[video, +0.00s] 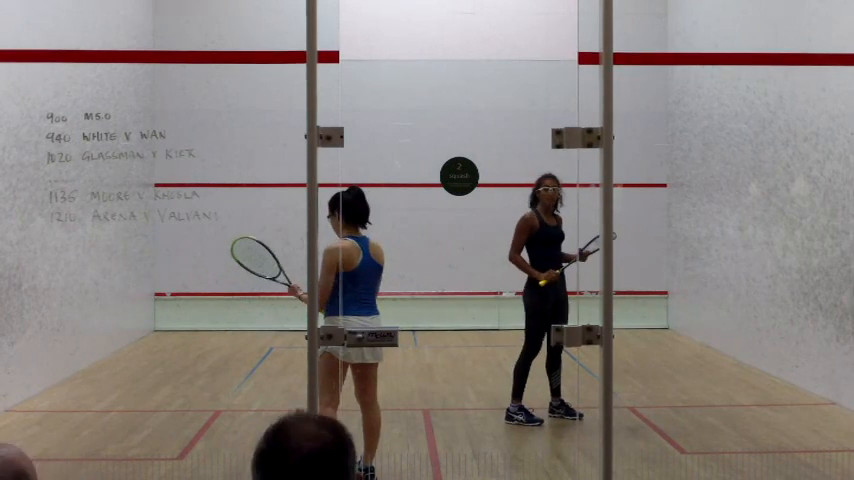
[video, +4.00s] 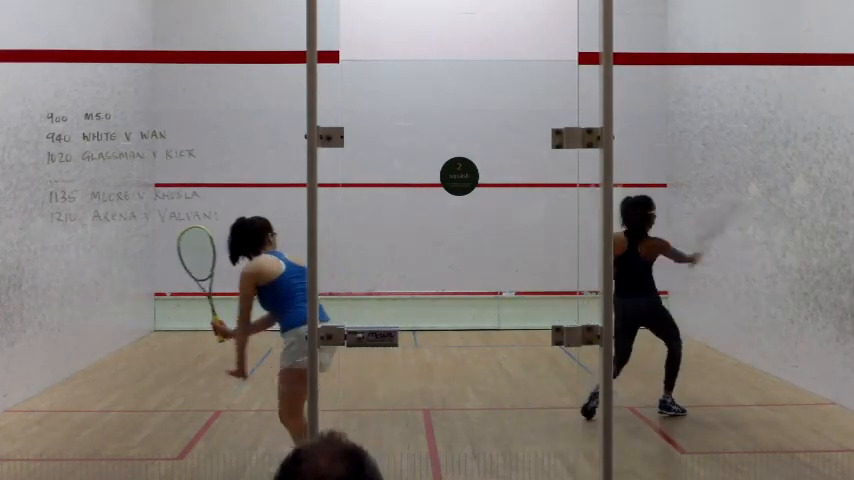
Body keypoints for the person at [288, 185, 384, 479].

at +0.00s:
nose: (330, 222)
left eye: (331, 216)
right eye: (330, 216)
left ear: (338, 216)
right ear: (362, 216)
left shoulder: (335, 252)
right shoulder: (377, 250)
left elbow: (320, 302)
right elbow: (369, 295)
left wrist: (302, 295)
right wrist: (315, 295)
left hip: (337, 333)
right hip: (370, 332)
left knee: (328, 403)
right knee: (368, 401)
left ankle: (324, 466)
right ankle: (367, 465)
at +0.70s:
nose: (322, 220)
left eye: (328, 214)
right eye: (319, 215)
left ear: (344, 216)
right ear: (317, 216)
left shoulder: (348, 248)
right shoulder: (335, 248)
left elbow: (339, 299)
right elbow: (329, 296)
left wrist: (301, 299)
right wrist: (306, 309)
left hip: (338, 328)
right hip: (336, 327)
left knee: (325, 402)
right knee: (348, 399)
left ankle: (324, 460)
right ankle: (364, 455)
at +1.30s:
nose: (303, 239)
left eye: (303, 233)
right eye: (304, 233)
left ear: (307, 235)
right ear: (328, 230)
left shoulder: (321, 261)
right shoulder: (349, 256)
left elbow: (325, 314)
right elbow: (351, 308)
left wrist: (298, 326)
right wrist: (311, 324)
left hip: (358, 337)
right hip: (379, 333)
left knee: (321, 400)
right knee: (366, 396)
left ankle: (325, 463)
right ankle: (385, 460)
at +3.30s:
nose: (330, 246)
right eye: (328, 243)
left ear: (299, 253)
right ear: (326, 245)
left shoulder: (305, 275)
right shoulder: (349, 264)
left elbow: (317, 321)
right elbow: (347, 317)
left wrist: (325, 355)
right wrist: (305, 341)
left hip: (352, 332)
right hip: (385, 328)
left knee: (323, 402)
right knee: (373, 395)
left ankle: (329, 463)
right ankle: (382, 462)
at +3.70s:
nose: (308, 246)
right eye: (305, 242)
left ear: (274, 255)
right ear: (302, 247)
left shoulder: (284, 281)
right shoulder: (328, 270)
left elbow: (295, 330)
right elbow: (309, 323)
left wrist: (307, 365)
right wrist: (268, 339)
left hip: (329, 345)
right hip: (361, 340)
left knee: (299, 409)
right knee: (362, 399)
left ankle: (317, 462)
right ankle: (381, 460)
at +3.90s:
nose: (287, 240)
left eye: (286, 236)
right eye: (285, 237)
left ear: (257, 248)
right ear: (280, 240)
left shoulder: (264, 273)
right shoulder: (299, 263)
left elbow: (263, 324)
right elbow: (280, 320)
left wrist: (267, 367)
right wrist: (240, 333)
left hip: (312, 338)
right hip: (337, 333)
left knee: (293, 412)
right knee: (319, 400)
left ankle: (315, 462)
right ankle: (347, 446)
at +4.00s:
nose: (275, 237)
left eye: (274, 234)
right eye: (273, 234)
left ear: (245, 245)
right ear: (269, 238)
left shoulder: (252, 270)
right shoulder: (291, 261)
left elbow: (243, 322)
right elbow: (273, 317)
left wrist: (241, 369)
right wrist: (232, 333)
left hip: (301, 338)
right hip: (323, 332)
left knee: (289, 415)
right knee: (294, 411)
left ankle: (315, 467)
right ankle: (317, 463)